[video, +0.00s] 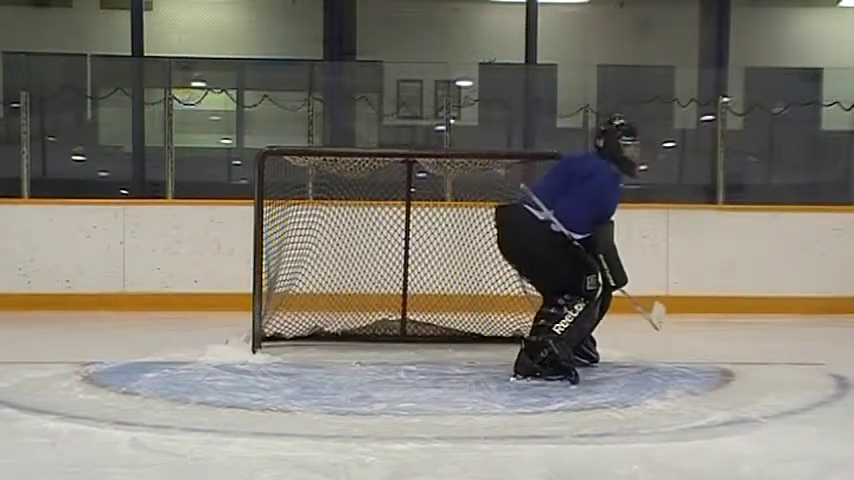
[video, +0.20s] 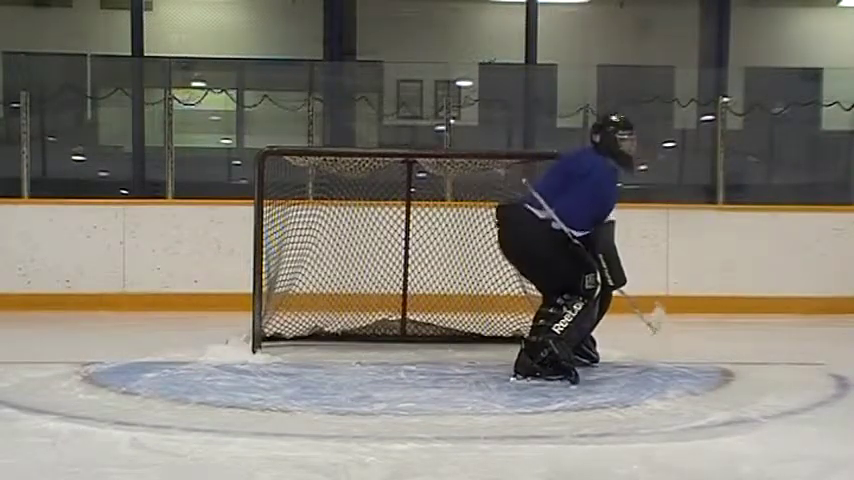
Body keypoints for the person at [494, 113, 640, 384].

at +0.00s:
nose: (635, 152)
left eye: (635, 145)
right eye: (629, 145)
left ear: (604, 145)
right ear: (611, 145)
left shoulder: (581, 162)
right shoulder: (606, 178)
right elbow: (602, 238)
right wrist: (620, 280)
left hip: (512, 221)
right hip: (533, 229)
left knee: (562, 290)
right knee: (590, 287)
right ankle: (543, 355)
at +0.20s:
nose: (633, 145)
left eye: (633, 138)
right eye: (626, 138)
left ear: (601, 140)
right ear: (608, 140)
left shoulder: (583, 158)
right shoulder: (604, 172)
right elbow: (601, 234)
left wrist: (594, 265)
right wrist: (618, 279)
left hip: (514, 222)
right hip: (532, 228)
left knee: (562, 289)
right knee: (589, 286)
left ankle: (537, 353)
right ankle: (543, 353)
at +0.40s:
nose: (624, 128)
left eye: (624, 122)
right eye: (617, 123)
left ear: (596, 126)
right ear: (600, 125)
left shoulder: (580, 148)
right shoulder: (595, 156)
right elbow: (588, 214)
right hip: (537, 224)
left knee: (560, 288)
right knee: (584, 287)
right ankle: (538, 354)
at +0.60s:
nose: (621, 119)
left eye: (619, 113)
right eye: (614, 114)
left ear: (591, 118)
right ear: (599, 117)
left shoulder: (577, 143)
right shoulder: (597, 151)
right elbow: (588, 216)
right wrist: (598, 261)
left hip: (525, 215)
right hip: (542, 221)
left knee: (555, 287)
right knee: (578, 285)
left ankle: (533, 347)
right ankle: (535, 352)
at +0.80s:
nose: (621, 118)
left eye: (620, 111)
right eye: (615, 113)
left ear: (589, 117)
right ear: (600, 116)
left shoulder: (575, 142)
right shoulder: (601, 152)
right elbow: (581, 216)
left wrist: (620, 184)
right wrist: (589, 265)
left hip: (525, 213)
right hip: (544, 220)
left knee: (551, 288)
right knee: (569, 290)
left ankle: (527, 347)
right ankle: (526, 353)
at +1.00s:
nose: (625, 118)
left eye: (624, 112)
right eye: (619, 113)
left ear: (593, 117)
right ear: (603, 117)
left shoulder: (576, 141)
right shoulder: (603, 150)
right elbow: (582, 215)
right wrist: (588, 260)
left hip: (525, 213)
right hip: (545, 221)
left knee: (548, 288)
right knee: (567, 291)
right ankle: (519, 352)